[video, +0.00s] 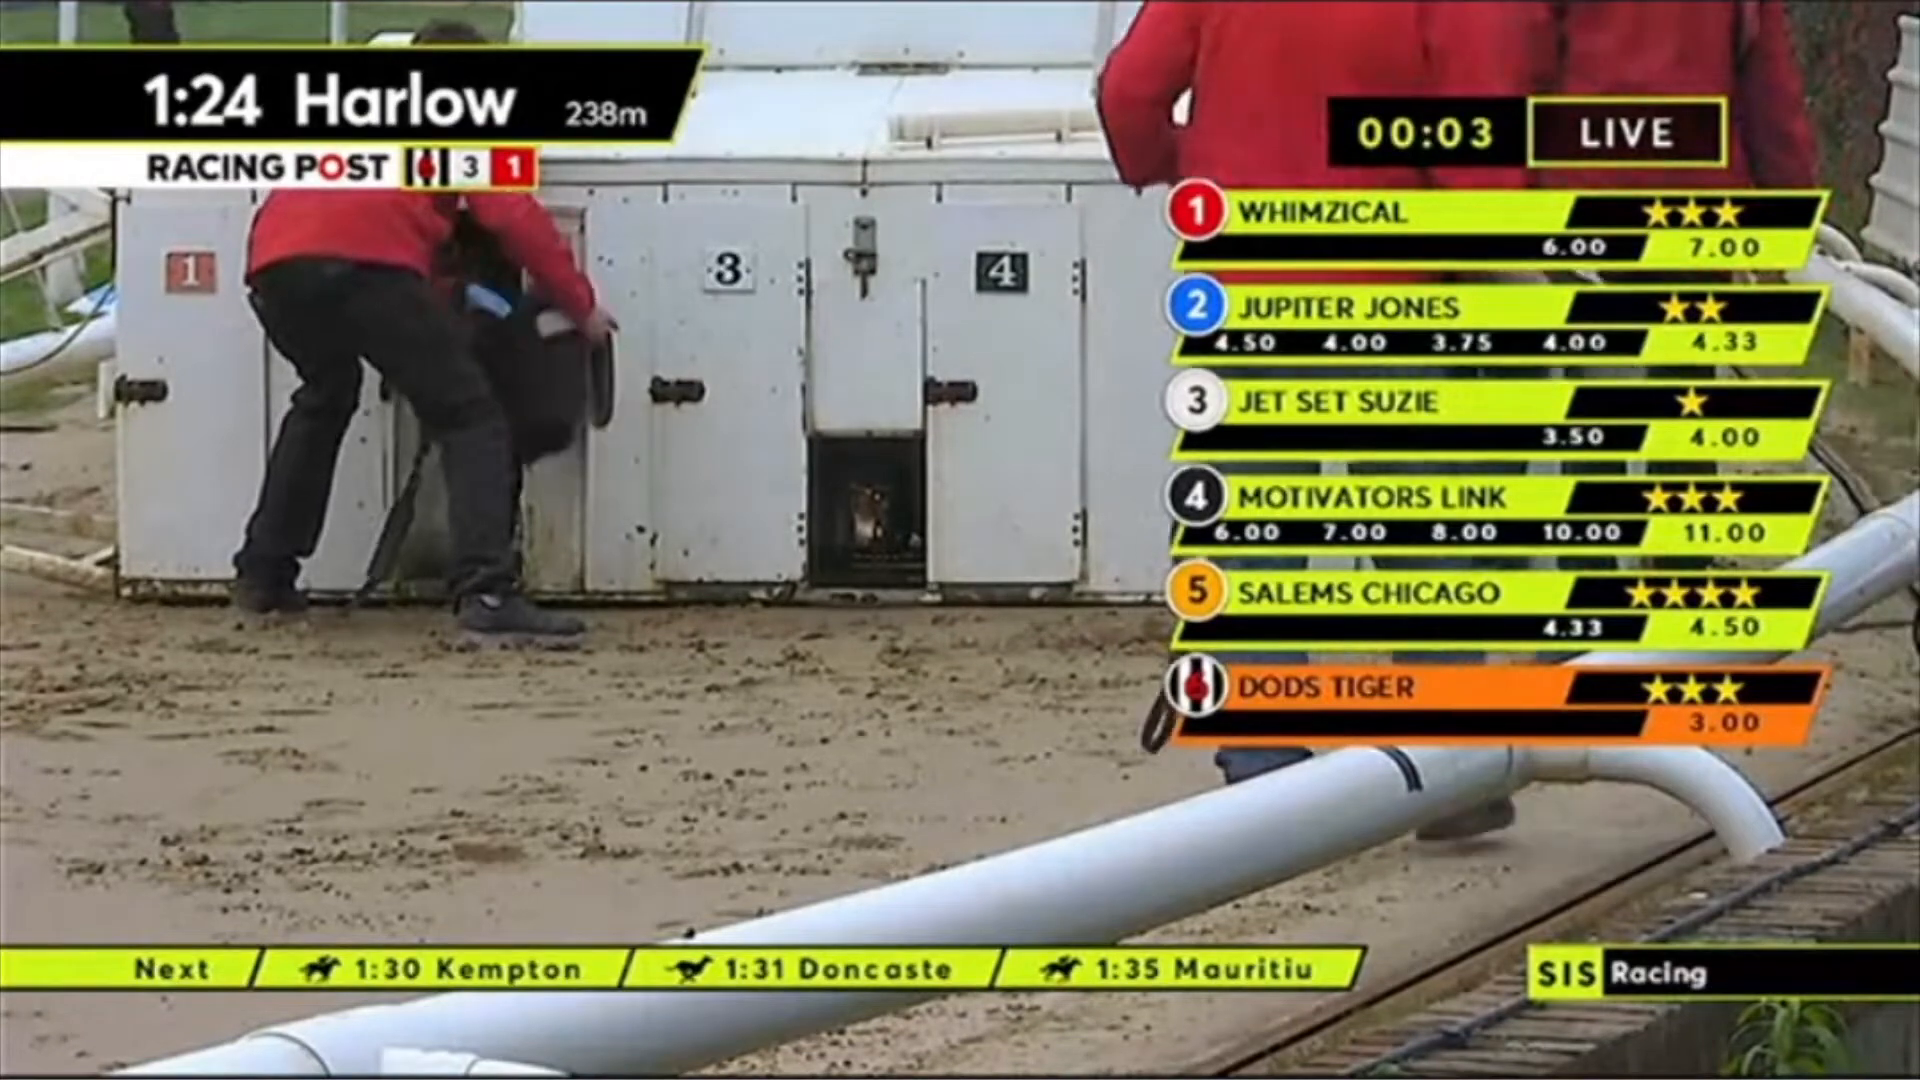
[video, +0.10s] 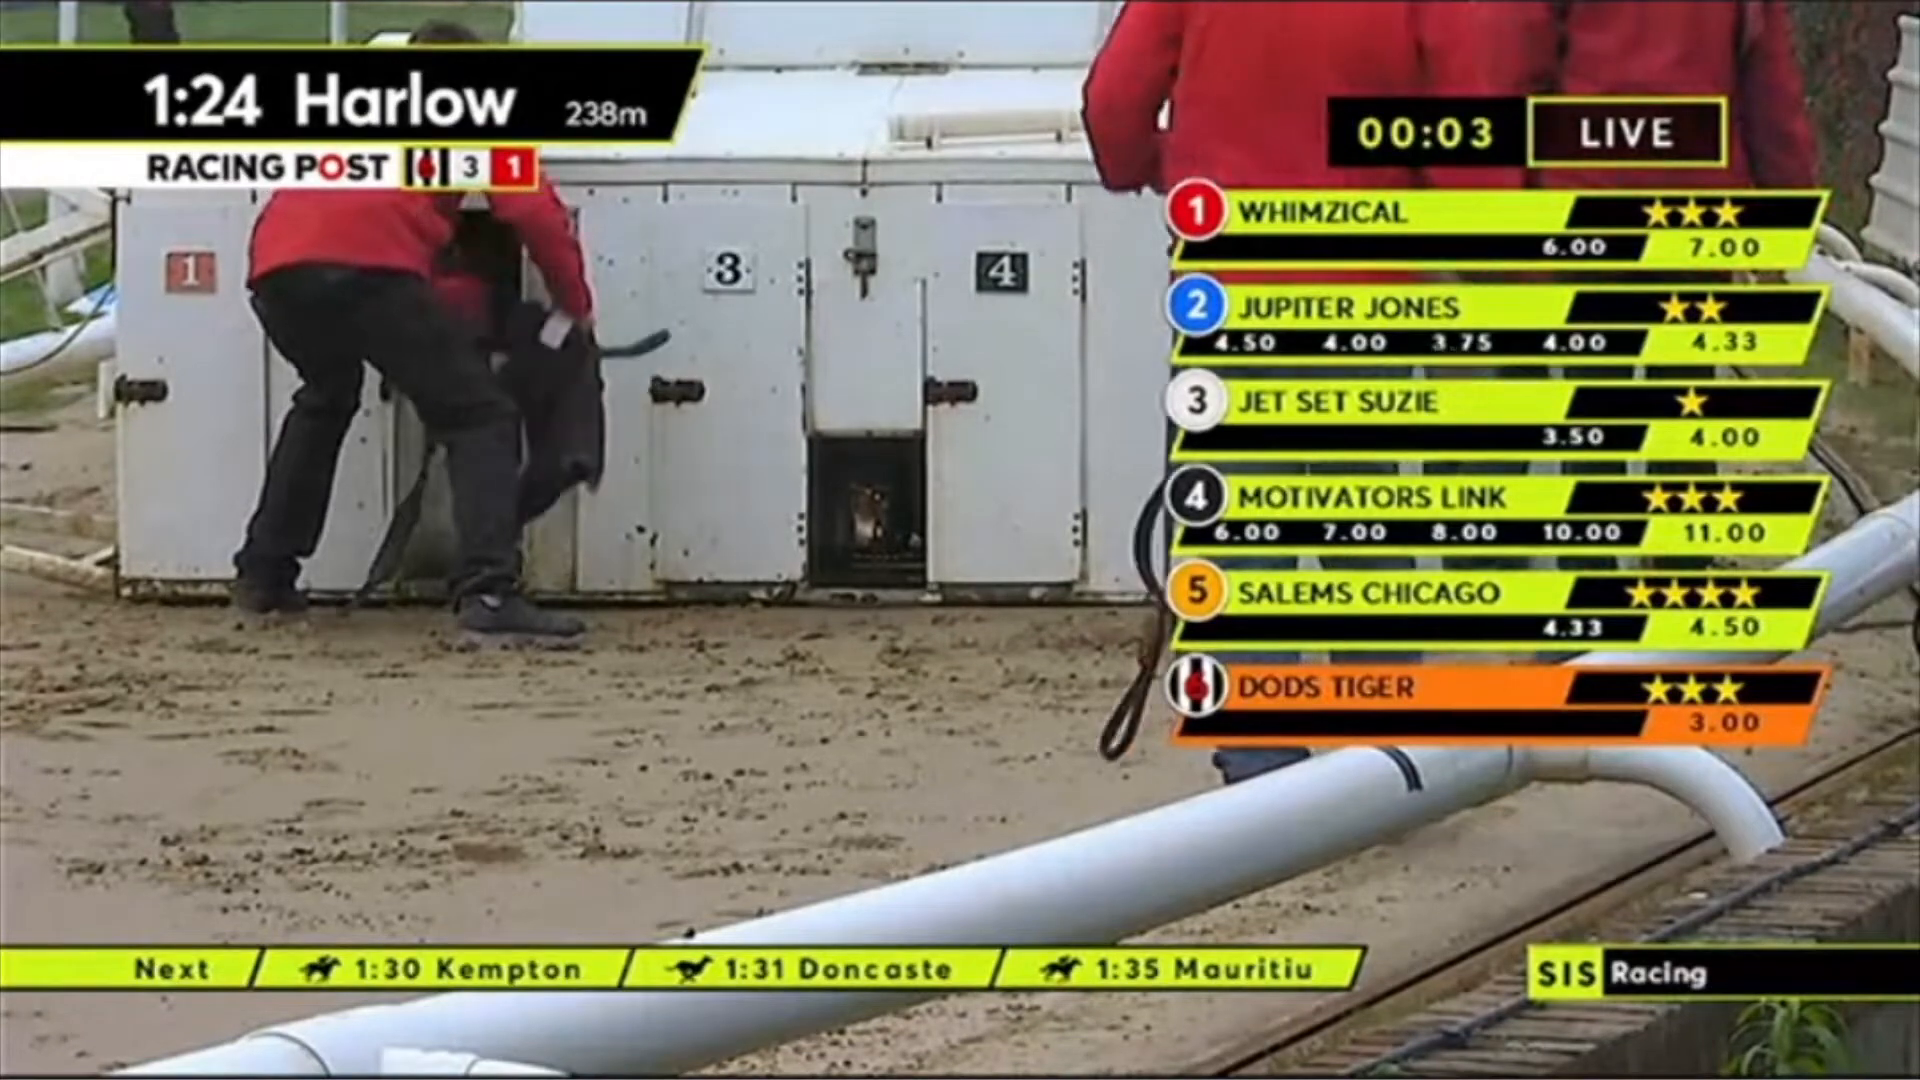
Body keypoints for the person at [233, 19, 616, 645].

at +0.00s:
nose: (490, 104)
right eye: (485, 91)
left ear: (411, 61)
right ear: (473, 78)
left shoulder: (353, 117)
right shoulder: (468, 128)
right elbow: (515, 218)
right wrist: (583, 309)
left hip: (277, 266)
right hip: (375, 265)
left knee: (326, 391)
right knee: (471, 418)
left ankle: (264, 572)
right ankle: (487, 594)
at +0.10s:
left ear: (405, 70)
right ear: (473, 81)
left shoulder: (360, 125)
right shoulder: (477, 127)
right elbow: (540, 213)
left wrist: (499, 320)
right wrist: (577, 307)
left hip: (279, 271)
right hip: (373, 268)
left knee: (326, 394)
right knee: (480, 418)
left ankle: (264, 574)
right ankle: (489, 594)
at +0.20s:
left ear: (401, 55)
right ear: (471, 63)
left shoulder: (353, 104)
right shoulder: (486, 110)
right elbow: (513, 205)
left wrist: (459, 316)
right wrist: (510, 303)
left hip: (283, 269)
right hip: (382, 267)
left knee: (320, 392)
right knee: (472, 420)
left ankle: (263, 575)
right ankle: (489, 594)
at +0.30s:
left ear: (400, 43)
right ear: (471, 54)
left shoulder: (348, 89)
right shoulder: (490, 105)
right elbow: (501, 221)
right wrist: (482, 298)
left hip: (280, 267)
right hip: (381, 266)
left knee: (319, 390)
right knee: (467, 419)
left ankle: (263, 575)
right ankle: (489, 594)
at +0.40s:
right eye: (482, 52)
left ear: (406, 28)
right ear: (472, 45)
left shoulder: (342, 69)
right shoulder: (478, 97)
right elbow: (475, 227)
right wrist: (456, 298)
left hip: (269, 253)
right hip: (368, 260)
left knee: (305, 391)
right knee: (433, 417)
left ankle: (262, 577)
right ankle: (481, 591)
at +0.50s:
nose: (473, 63)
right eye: (470, 50)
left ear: (402, 26)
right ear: (458, 43)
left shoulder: (331, 69)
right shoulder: (456, 90)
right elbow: (467, 209)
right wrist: (454, 292)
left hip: (262, 245)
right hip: (360, 252)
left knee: (299, 390)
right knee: (422, 409)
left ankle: (260, 575)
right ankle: (463, 586)